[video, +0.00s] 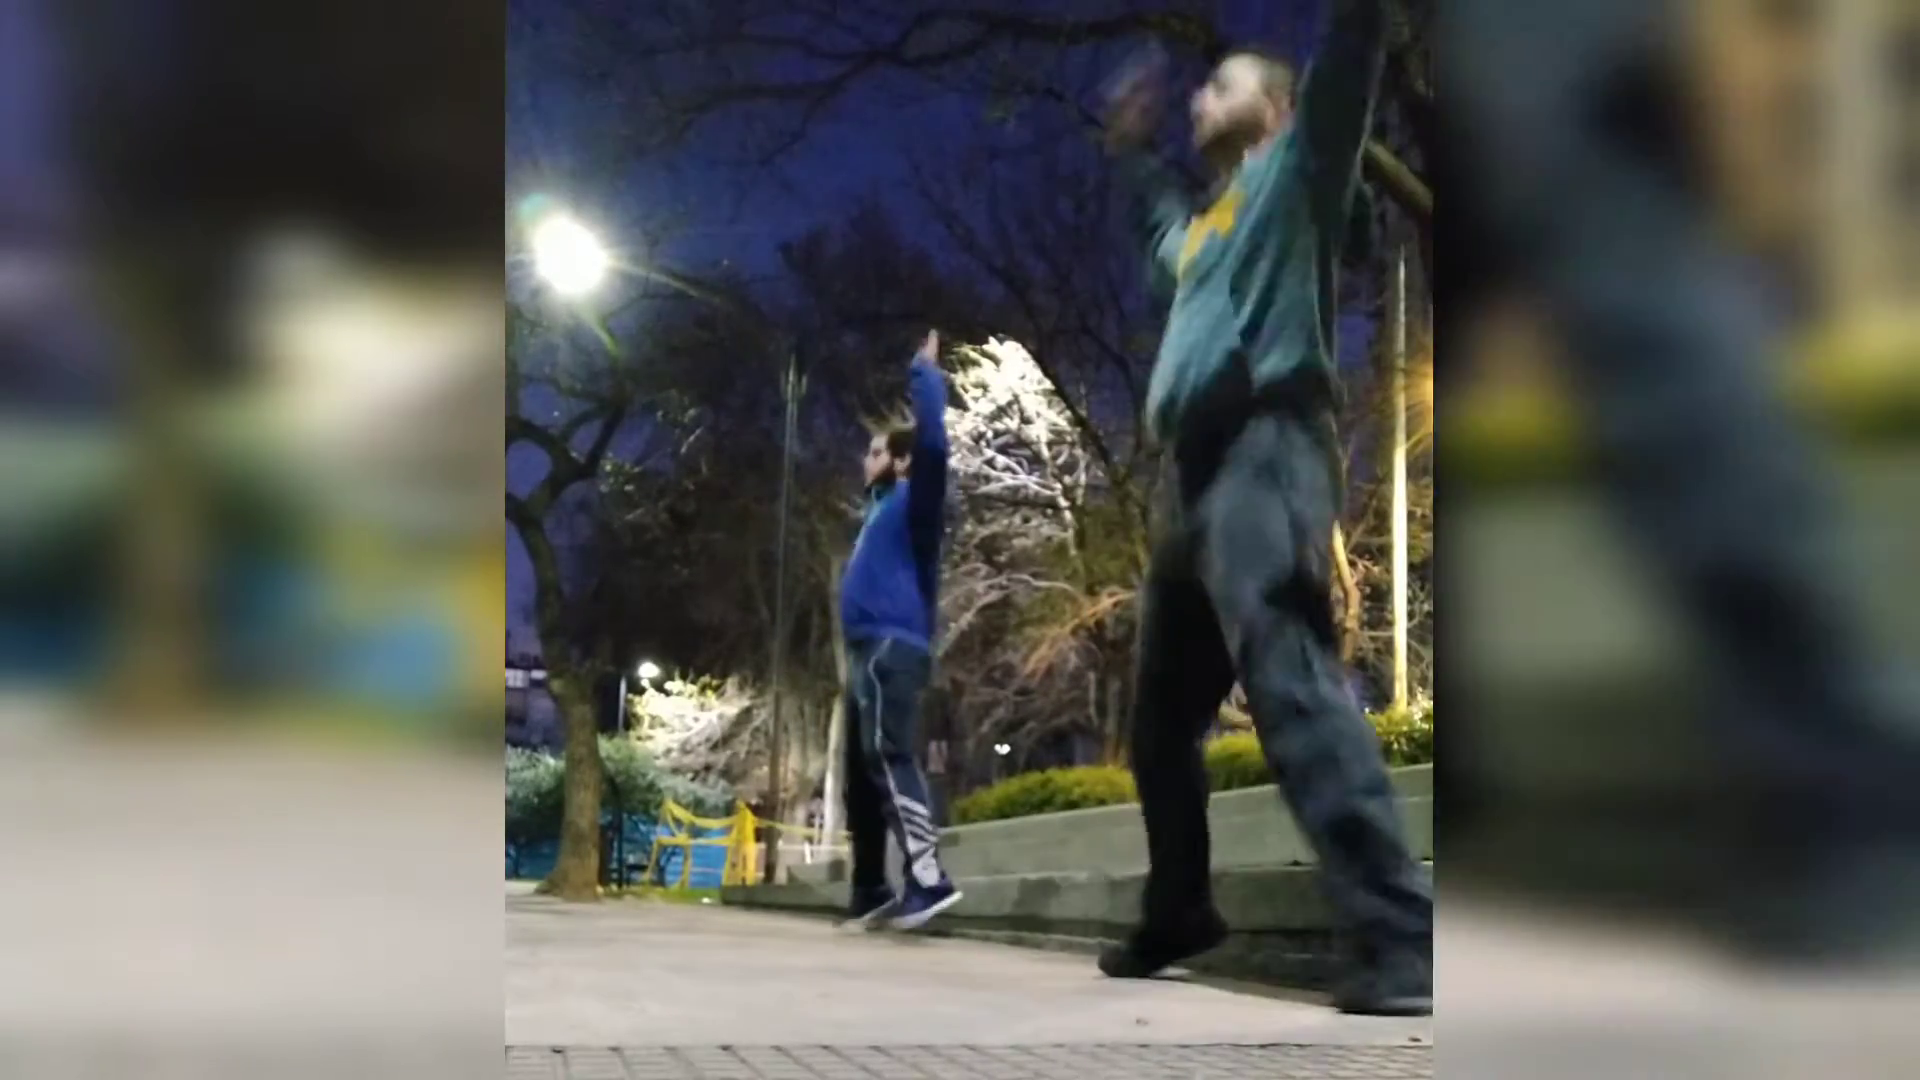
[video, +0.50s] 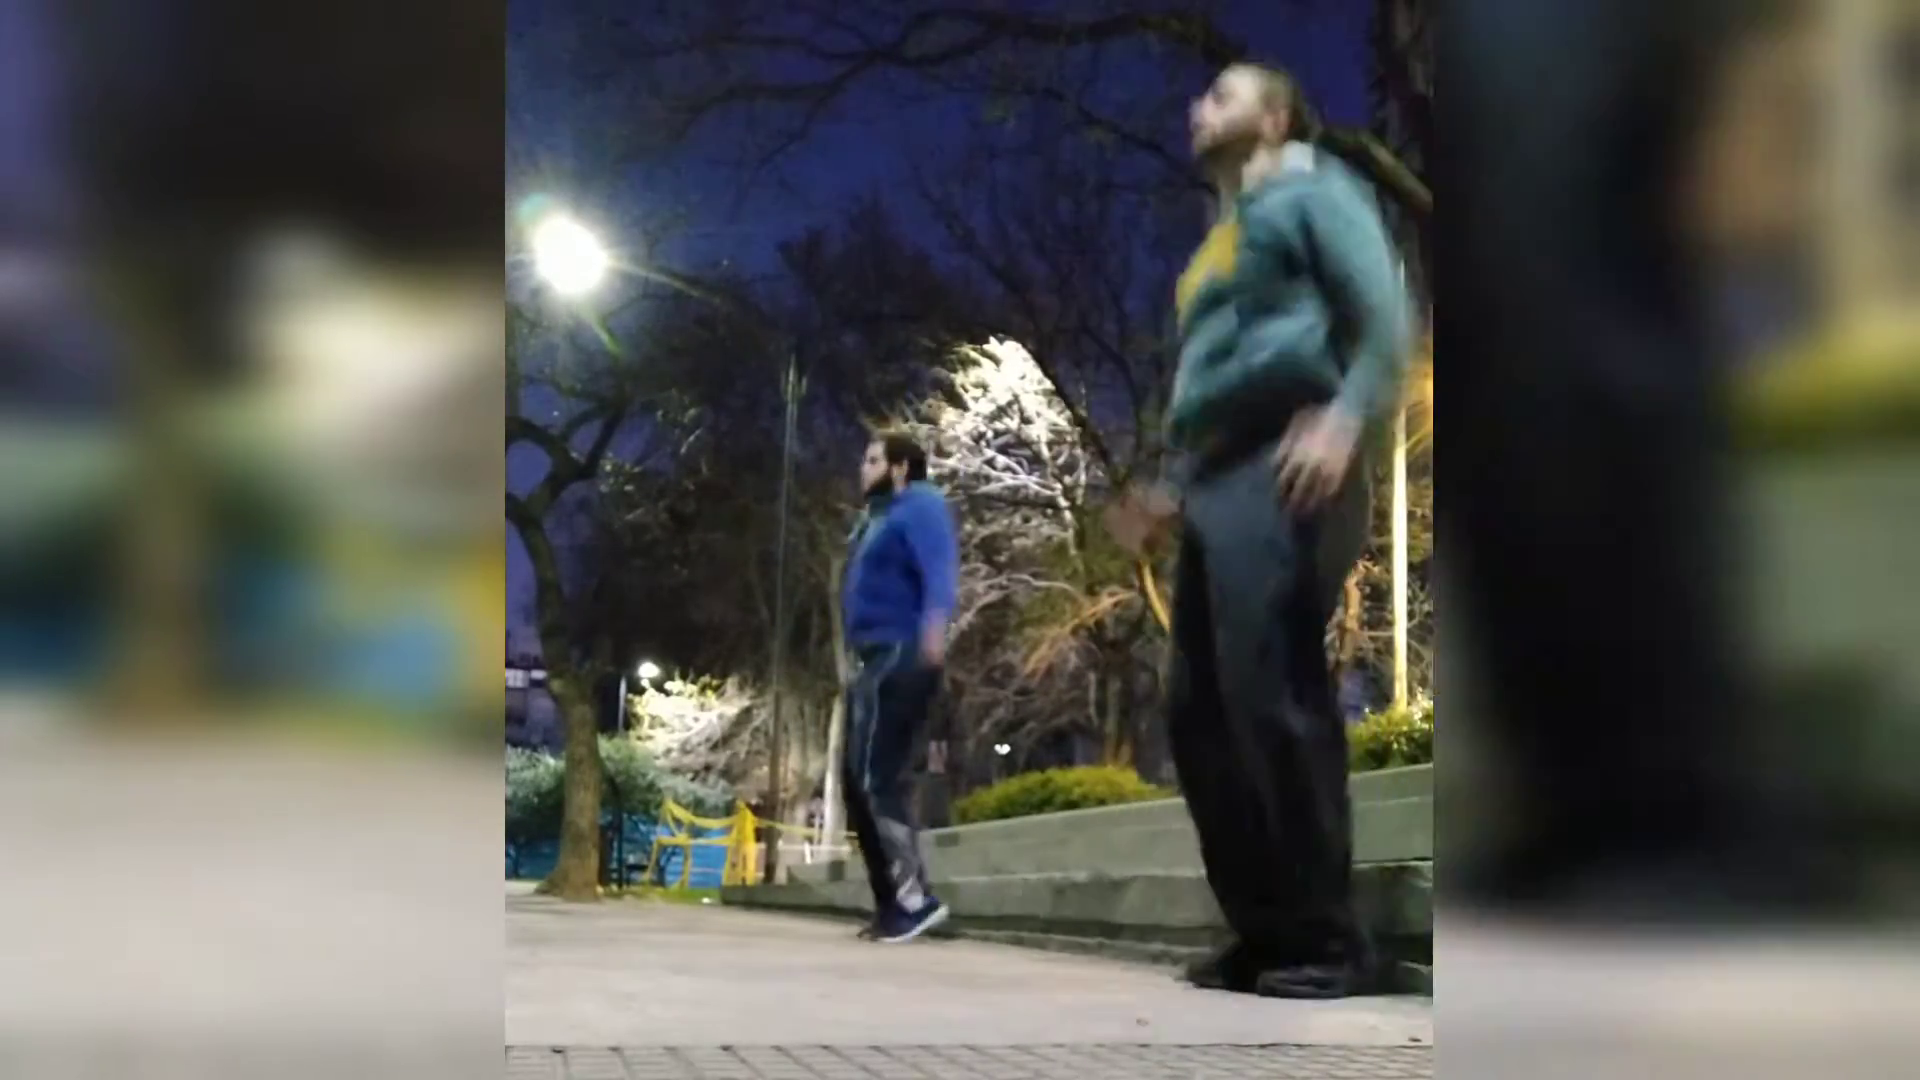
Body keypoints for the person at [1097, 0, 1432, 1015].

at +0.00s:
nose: (1205, 93)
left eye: (1226, 83)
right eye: (1206, 83)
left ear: (1278, 104)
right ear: (1211, 114)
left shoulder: (1299, 169)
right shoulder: (1197, 227)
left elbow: (1348, 57)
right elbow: (1168, 250)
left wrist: (1363, 4)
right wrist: (1143, 158)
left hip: (1269, 442)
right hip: (1194, 466)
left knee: (1287, 676)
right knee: (1162, 707)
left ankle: (1397, 937)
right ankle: (1179, 911)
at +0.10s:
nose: (1209, 142)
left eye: (1233, 129)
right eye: (1206, 130)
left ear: (1276, 148)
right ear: (1204, 154)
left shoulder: (1292, 213)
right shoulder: (1194, 243)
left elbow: (1343, 35)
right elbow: (1185, 178)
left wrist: (1292, 13)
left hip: (1280, 491)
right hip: (1209, 511)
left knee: (1274, 704)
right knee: (1153, 750)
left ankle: (1420, 938)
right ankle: (1186, 937)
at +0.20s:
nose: (1217, 115)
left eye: (1241, 104)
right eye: (1215, 105)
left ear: (1286, 132)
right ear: (1215, 137)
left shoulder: (1310, 197)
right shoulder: (1198, 235)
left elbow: (1370, 49)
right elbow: (1180, 205)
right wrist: (1168, 141)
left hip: (1286, 469)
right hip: (1205, 494)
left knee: (1297, 691)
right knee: (1171, 726)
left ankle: (1410, 944)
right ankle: (1184, 936)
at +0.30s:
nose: (1209, 85)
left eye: (1232, 73)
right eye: (1211, 75)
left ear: (1286, 94)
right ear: (1222, 107)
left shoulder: (1305, 161)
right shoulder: (1211, 225)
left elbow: (1380, 73)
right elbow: (1170, 279)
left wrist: (1418, 14)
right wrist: (1098, 234)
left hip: (1286, 434)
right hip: (1218, 459)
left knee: (1315, 675)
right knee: (1190, 690)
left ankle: (1394, 935)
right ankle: (1183, 908)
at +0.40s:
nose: (1204, 74)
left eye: (1226, 61)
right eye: (1205, 64)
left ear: (1279, 86)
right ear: (1221, 99)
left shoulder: (1287, 147)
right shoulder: (1218, 203)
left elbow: (1374, 173)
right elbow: (1202, 354)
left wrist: (1377, 261)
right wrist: (1119, 416)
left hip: (1284, 423)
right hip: (1218, 445)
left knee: (1287, 665)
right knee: (1198, 690)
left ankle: (1344, 918)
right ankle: (1239, 917)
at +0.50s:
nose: (1201, 104)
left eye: (1224, 92)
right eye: (1203, 95)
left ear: (1276, 117)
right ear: (1212, 126)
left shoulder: (1312, 188)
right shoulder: (1214, 242)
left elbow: (1388, 317)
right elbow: (1203, 384)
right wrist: (1168, 485)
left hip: (1278, 464)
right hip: (1210, 478)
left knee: (1272, 696)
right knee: (1202, 711)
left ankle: (1327, 941)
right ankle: (1263, 935)